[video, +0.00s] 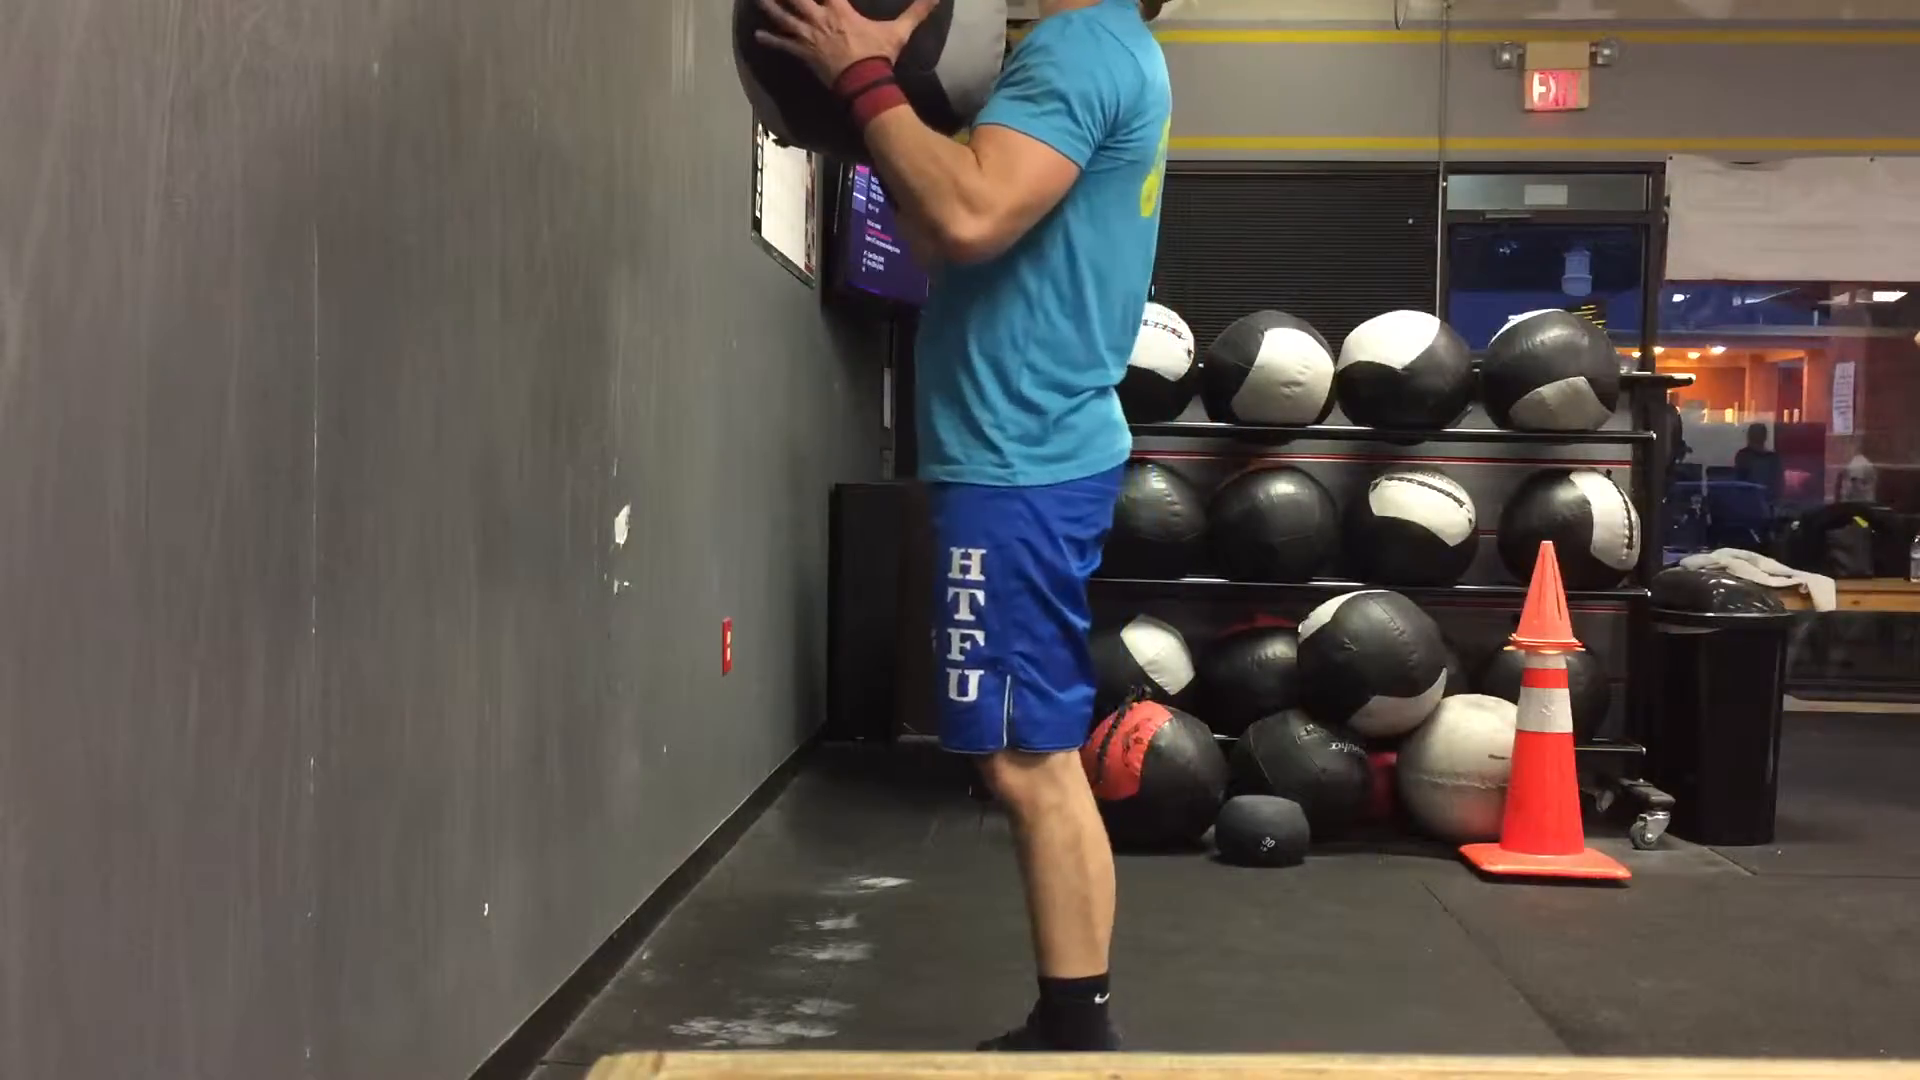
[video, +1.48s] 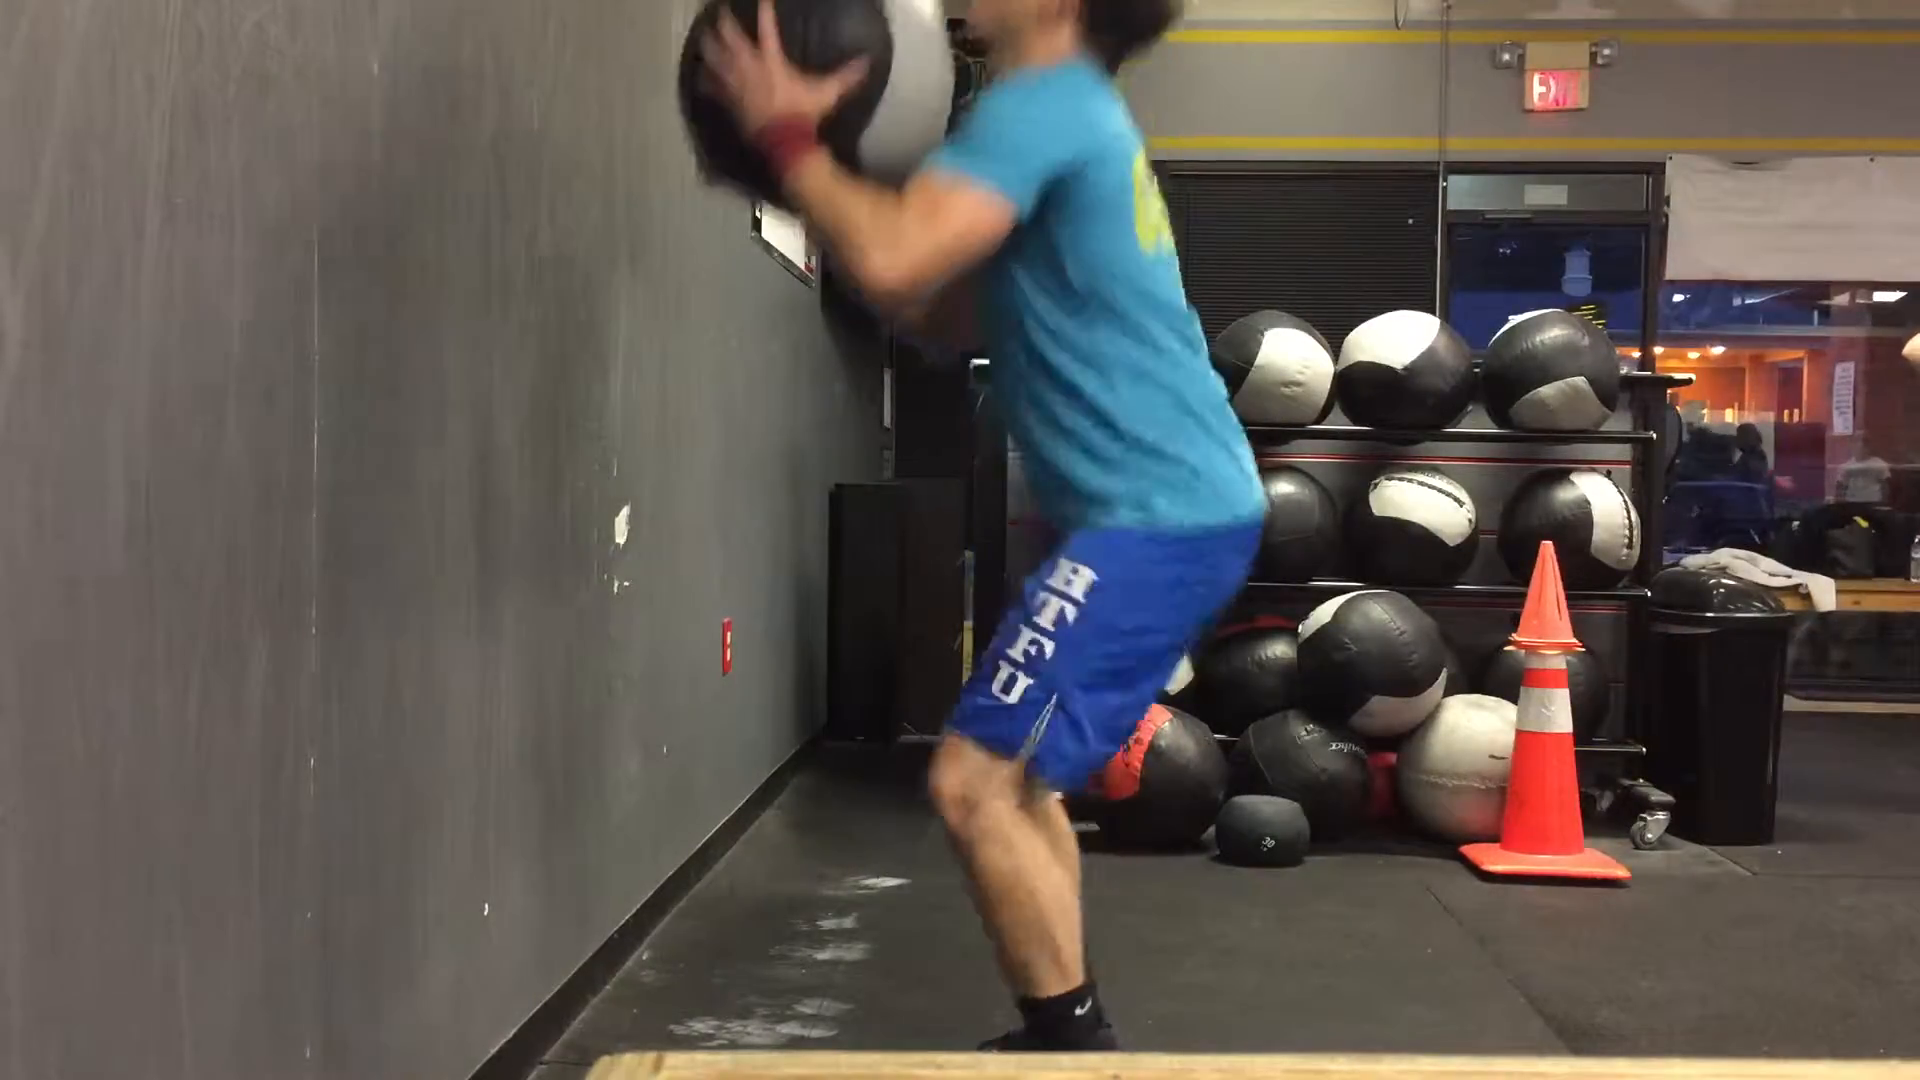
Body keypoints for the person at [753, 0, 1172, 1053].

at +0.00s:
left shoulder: (1084, 53)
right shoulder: (1086, 47)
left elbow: (970, 218)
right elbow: (954, 220)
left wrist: (866, 79)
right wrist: (877, 86)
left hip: (1021, 467)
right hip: (1025, 462)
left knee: (1028, 765)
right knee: (1038, 764)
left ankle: (1073, 1029)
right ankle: (1074, 1024)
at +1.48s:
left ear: (1058, 2)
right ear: (1069, 13)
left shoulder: (1048, 104)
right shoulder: (1063, 108)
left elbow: (889, 257)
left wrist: (788, 136)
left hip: (1157, 511)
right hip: (1147, 506)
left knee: (971, 782)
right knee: (1018, 784)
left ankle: (1067, 1038)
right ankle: (1066, 1028)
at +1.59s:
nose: (961, 87)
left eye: (986, 73)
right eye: (976, 68)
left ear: (1036, 117)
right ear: (1036, 122)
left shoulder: (1036, 240)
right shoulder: (1040, 231)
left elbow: (872, 397)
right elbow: (896, 383)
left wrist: (773, 267)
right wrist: (788, 277)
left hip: (1192, 613)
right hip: (1173, 600)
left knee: (933, 806)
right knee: (983, 795)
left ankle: (1054, 1039)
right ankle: (1065, 1023)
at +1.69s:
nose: (940, 225)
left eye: (965, 214)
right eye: (956, 208)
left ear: (1013, 263)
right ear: (1015, 269)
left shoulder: (1018, 390)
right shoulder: (1028, 371)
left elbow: (869, 567)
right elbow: (891, 538)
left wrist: (766, 428)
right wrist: (781, 427)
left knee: (900, 841)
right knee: (924, 764)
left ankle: (1046, 1046)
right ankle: (1063, 1016)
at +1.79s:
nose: (929, 336)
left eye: (952, 323)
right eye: (943, 319)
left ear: (1004, 369)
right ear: (1004, 373)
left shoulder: (1010, 505)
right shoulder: (1026, 483)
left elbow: (867, 700)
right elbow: (889, 661)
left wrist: (762, 559)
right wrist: (782, 555)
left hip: (1190, 830)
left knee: (888, 853)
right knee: (911, 775)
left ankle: (1042, 1050)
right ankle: (1066, 1028)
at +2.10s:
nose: (939, 275)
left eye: (963, 261)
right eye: (953, 257)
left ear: (1019, 305)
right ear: (1018, 310)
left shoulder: (1029, 435)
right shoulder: (1048, 412)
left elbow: (900, 623)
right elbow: (911, 586)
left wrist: (783, 503)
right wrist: (789, 492)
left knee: (920, 826)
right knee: (947, 754)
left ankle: (1052, 1051)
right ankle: (1064, 1016)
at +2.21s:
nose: (966, 160)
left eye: (993, 148)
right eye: (982, 144)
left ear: (1044, 186)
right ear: (1045, 191)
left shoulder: (1052, 310)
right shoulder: (1069, 298)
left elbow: (909, 483)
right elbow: (926, 452)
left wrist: (806, 362)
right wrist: (825, 363)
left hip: (1207, 647)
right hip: (1167, 631)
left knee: (932, 816)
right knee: (961, 770)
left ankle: (1055, 1042)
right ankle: (1062, 1016)